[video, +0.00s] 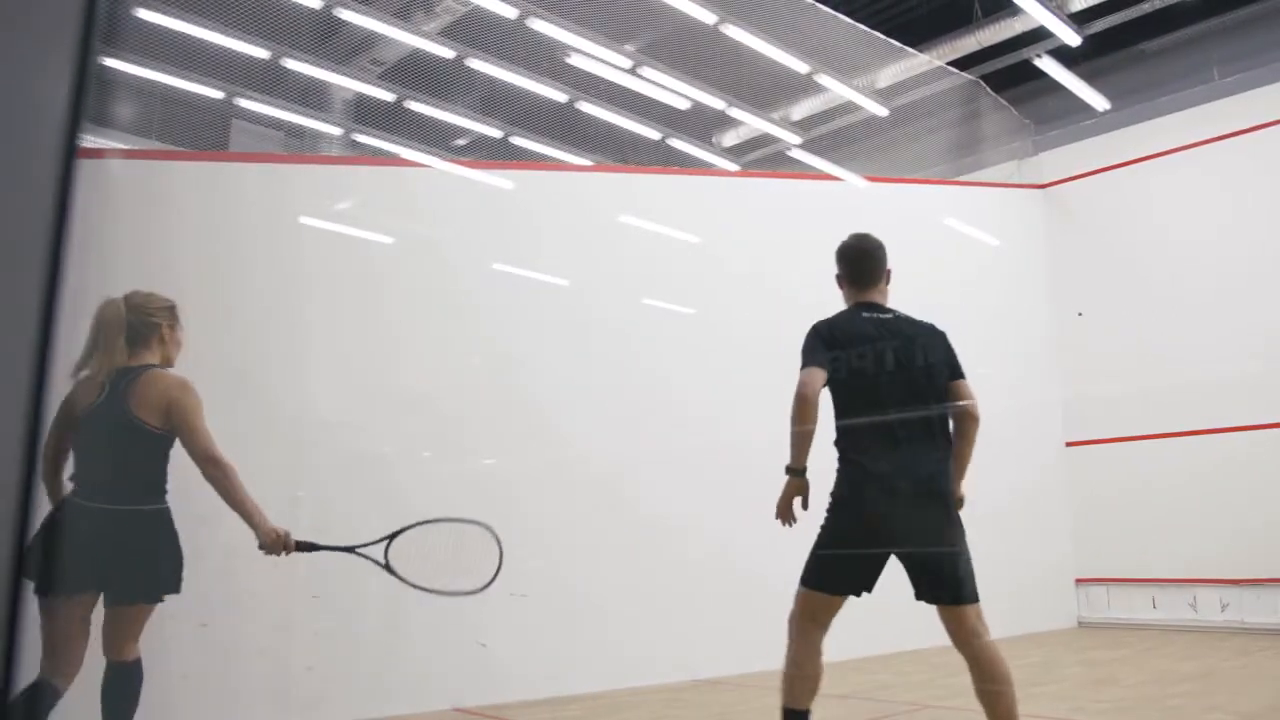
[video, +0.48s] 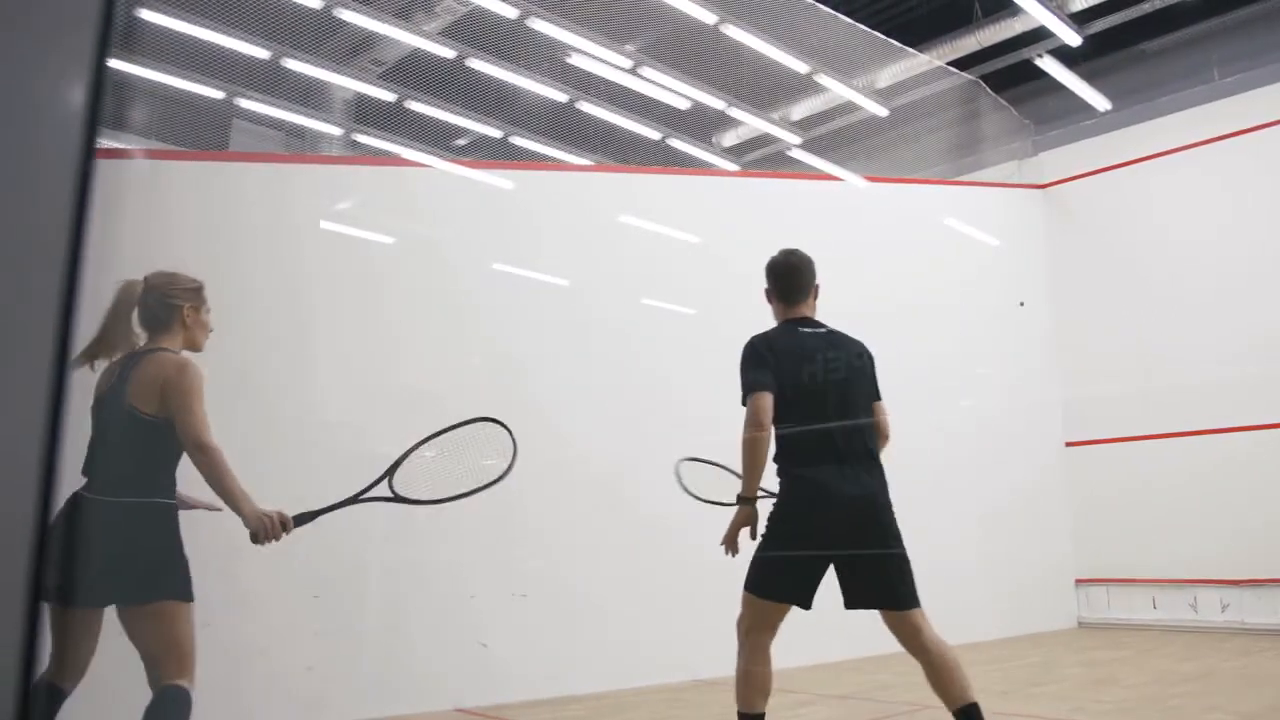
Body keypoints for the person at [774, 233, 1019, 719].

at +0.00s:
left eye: (839, 278)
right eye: (882, 274)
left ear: (838, 281)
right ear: (888, 278)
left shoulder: (827, 333)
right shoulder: (929, 335)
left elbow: (808, 392)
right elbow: (968, 412)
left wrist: (797, 470)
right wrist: (955, 480)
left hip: (861, 508)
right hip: (931, 507)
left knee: (807, 625)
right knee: (974, 637)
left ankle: (794, 717)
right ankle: (1006, 718)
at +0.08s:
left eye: (830, 282)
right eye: (873, 280)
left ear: (827, 286)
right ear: (877, 284)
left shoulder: (818, 338)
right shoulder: (918, 340)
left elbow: (801, 402)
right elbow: (957, 417)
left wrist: (790, 480)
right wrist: (938, 484)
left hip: (856, 511)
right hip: (924, 509)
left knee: (796, 630)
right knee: (970, 638)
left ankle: (774, 719)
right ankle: (1007, 718)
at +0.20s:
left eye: (814, 289)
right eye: (857, 287)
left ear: (810, 292)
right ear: (858, 290)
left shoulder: (802, 345)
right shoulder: (899, 345)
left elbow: (788, 411)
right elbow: (937, 424)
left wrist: (778, 491)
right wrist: (912, 482)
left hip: (842, 515)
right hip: (908, 512)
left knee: (782, 634)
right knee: (962, 640)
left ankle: (761, 718)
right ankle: (1004, 717)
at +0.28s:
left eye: (797, 293)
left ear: (798, 296)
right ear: (846, 293)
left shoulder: (790, 349)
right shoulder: (886, 349)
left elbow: (778, 421)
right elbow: (921, 428)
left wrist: (768, 498)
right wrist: (893, 484)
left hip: (828, 518)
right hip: (897, 516)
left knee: (771, 635)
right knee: (952, 639)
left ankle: (754, 718)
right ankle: (1000, 717)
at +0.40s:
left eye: (777, 294)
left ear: (778, 298)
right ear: (826, 294)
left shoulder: (773, 350)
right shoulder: (865, 350)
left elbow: (766, 425)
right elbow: (896, 431)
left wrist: (754, 502)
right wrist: (866, 479)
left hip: (812, 514)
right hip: (878, 512)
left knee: (759, 629)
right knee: (932, 635)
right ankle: (986, 717)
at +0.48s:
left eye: (766, 293)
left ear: (767, 296)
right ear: (816, 292)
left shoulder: (763, 348)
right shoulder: (854, 349)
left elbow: (759, 426)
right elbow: (880, 432)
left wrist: (747, 501)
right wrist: (846, 475)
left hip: (804, 513)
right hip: (869, 511)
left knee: (755, 633)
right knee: (917, 631)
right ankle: (973, 717)